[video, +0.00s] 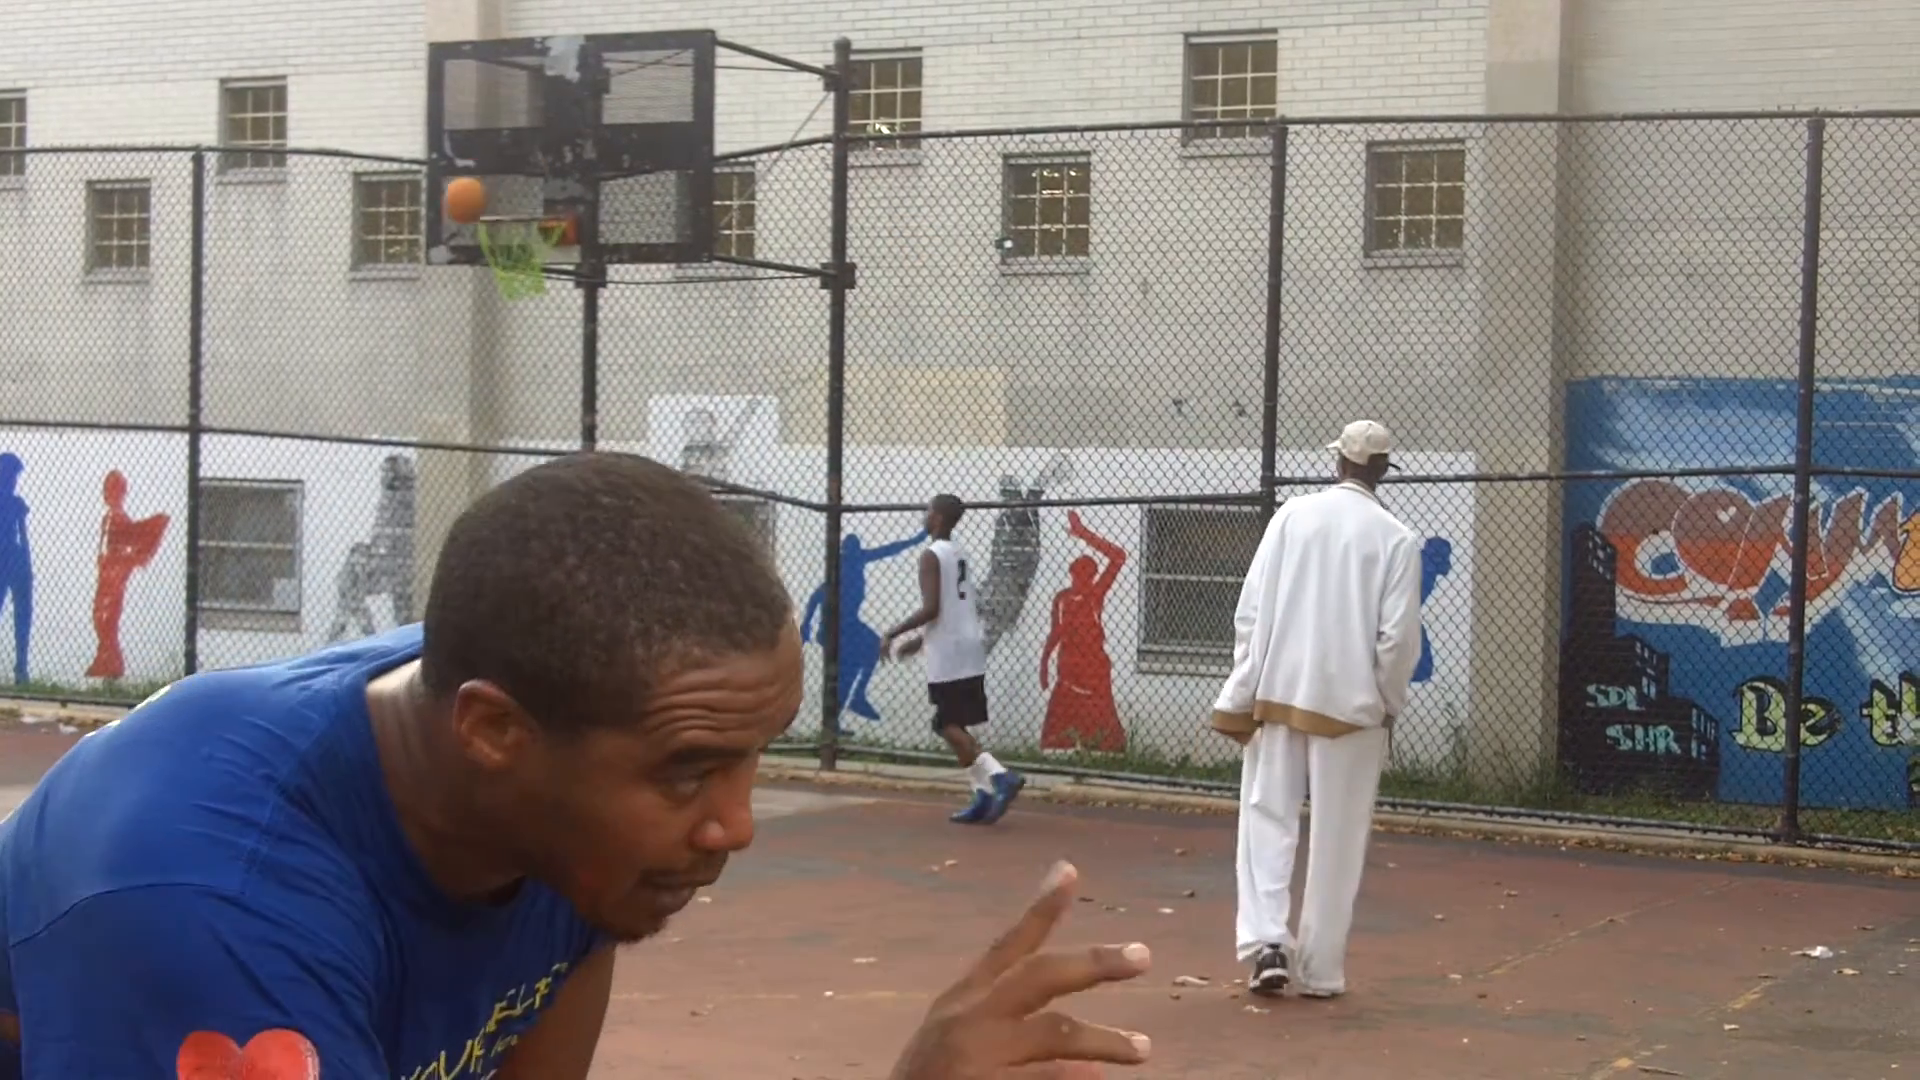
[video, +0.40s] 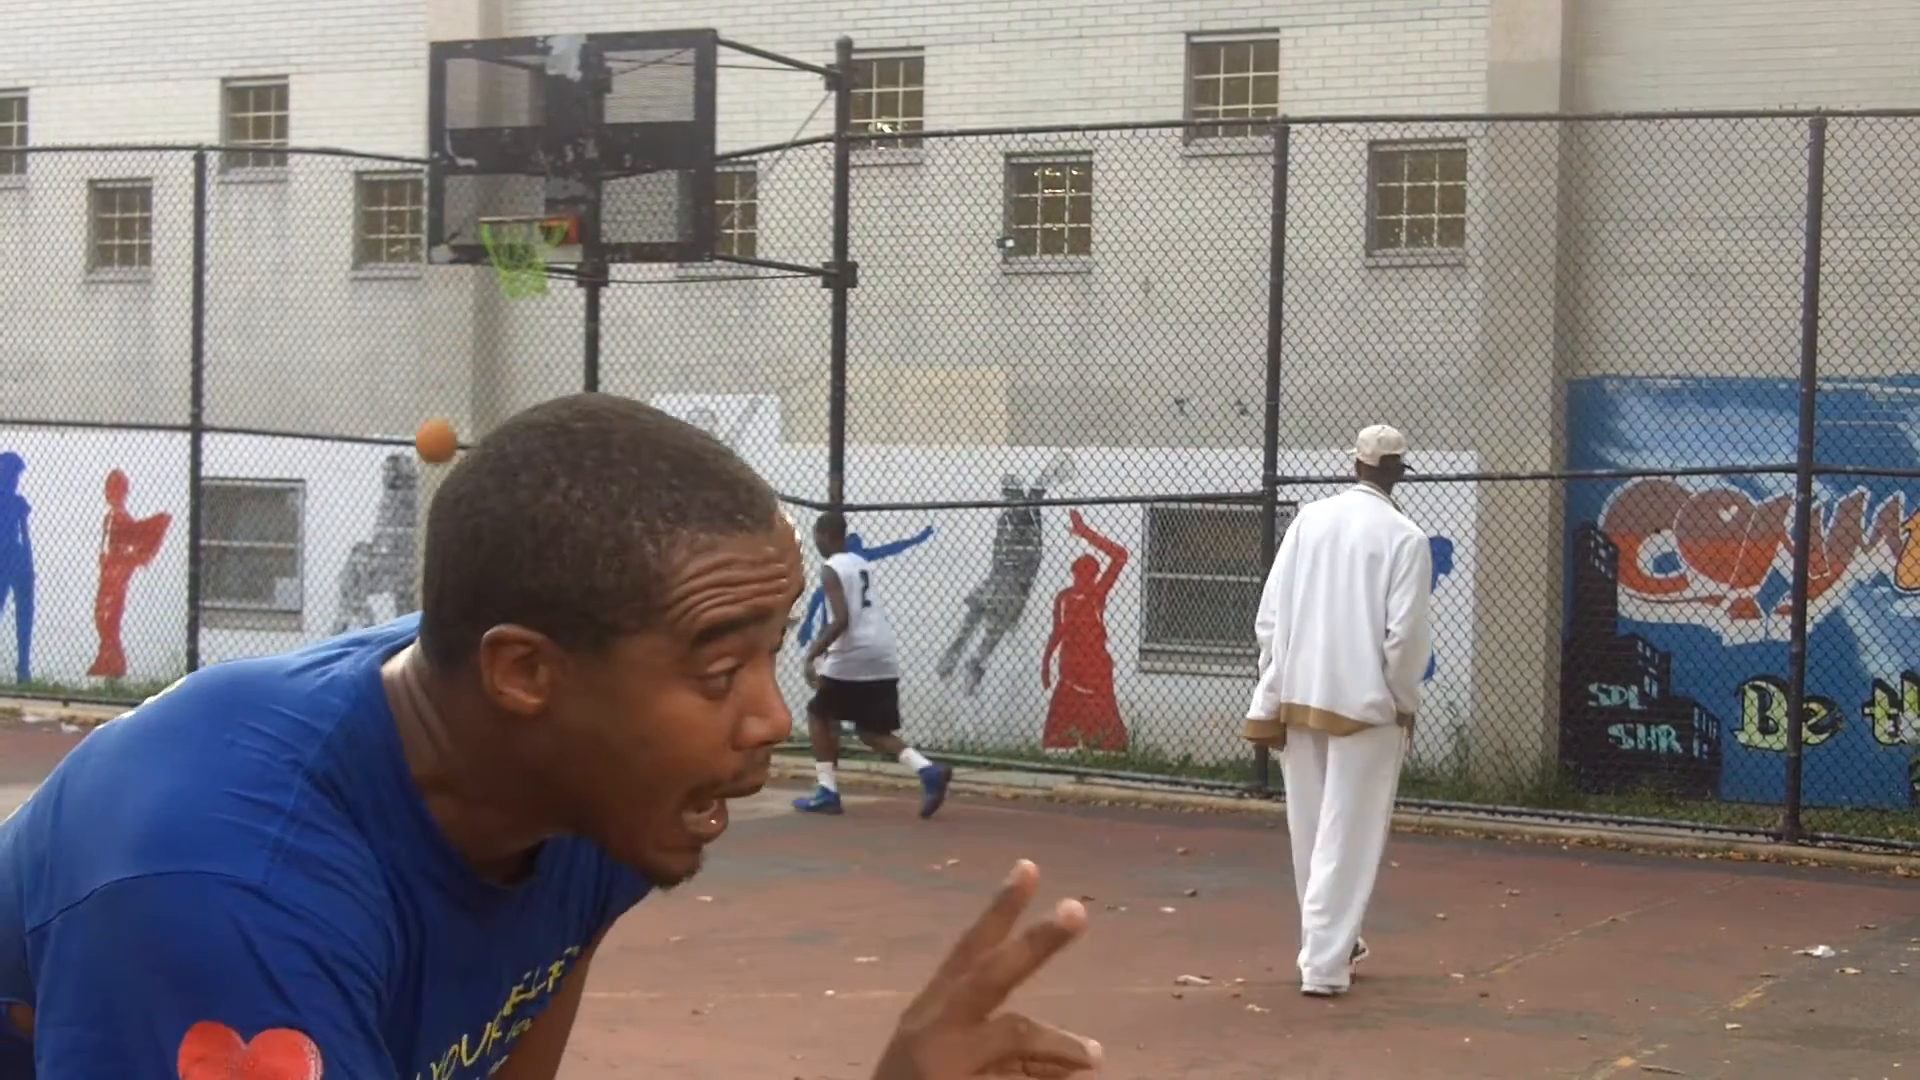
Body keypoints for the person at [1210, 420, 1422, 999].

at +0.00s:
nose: (1360, 471)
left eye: (1346, 461)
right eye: (1375, 466)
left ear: (1336, 463)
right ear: (1383, 470)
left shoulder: (1290, 517)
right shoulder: (1395, 538)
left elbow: (1250, 613)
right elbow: (1396, 637)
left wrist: (1243, 690)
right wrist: (1390, 705)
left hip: (1277, 692)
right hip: (1350, 701)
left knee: (1266, 818)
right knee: (1339, 833)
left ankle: (1265, 942)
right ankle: (1321, 972)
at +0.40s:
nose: (1388, 474)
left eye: (1371, 463)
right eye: (1396, 468)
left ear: (1354, 466)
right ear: (1400, 472)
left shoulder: (1307, 519)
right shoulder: (1404, 538)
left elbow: (1269, 617)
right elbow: (1403, 634)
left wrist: (1274, 688)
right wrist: (1407, 702)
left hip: (1298, 696)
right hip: (1364, 703)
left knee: (1308, 826)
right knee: (1345, 832)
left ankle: (1326, 940)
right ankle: (1321, 967)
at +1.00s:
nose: (1399, 477)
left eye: (1380, 470)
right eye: (1404, 470)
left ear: (1364, 476)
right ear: (1408, 474)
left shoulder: (1333, 532)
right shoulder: (1434, 530)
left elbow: (1312, 629)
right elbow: (1447, 623)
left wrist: (1316, 703)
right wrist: (1461, 692)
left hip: (1349, 695)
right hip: (1417, 694)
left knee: (1354, 822)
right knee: (1424, 826)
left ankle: (1358, 950)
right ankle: (1382, 930)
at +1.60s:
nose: (1482, 482)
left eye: (1465, 470)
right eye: (1493, 476)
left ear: (1451, 472)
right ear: (1497, 479)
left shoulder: (1405, 520)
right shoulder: (1509, 542)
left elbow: (1367, 612)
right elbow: (1512, 634)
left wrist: (1361, 685)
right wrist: (1501, 698)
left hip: (1392, 688)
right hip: (1466, 696)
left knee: (1373, 818)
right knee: (1461, 827)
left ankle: (1365, 938)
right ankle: (1460, 960)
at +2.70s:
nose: (1406, 476)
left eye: (1411, 468)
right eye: (1408, 467)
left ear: (1430, 470)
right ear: (1456, 472)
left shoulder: (1410, 524)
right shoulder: (1498, 533)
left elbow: (1396, 618)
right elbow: (1522, 623)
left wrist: (1380, 693)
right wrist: (1504, 692)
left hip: (1422, 697)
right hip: (1483, 699)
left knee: (1417, 825)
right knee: (1477, 822)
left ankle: (1431, 956)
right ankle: (1474, 956)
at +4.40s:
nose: (1423, 476)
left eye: (1427, 467)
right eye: (1424, 467)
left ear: (1437, 469)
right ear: (1473, 473)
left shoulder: (1427, 522)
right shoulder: (1504, 529)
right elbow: (1527, 617)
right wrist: (1514, 676)